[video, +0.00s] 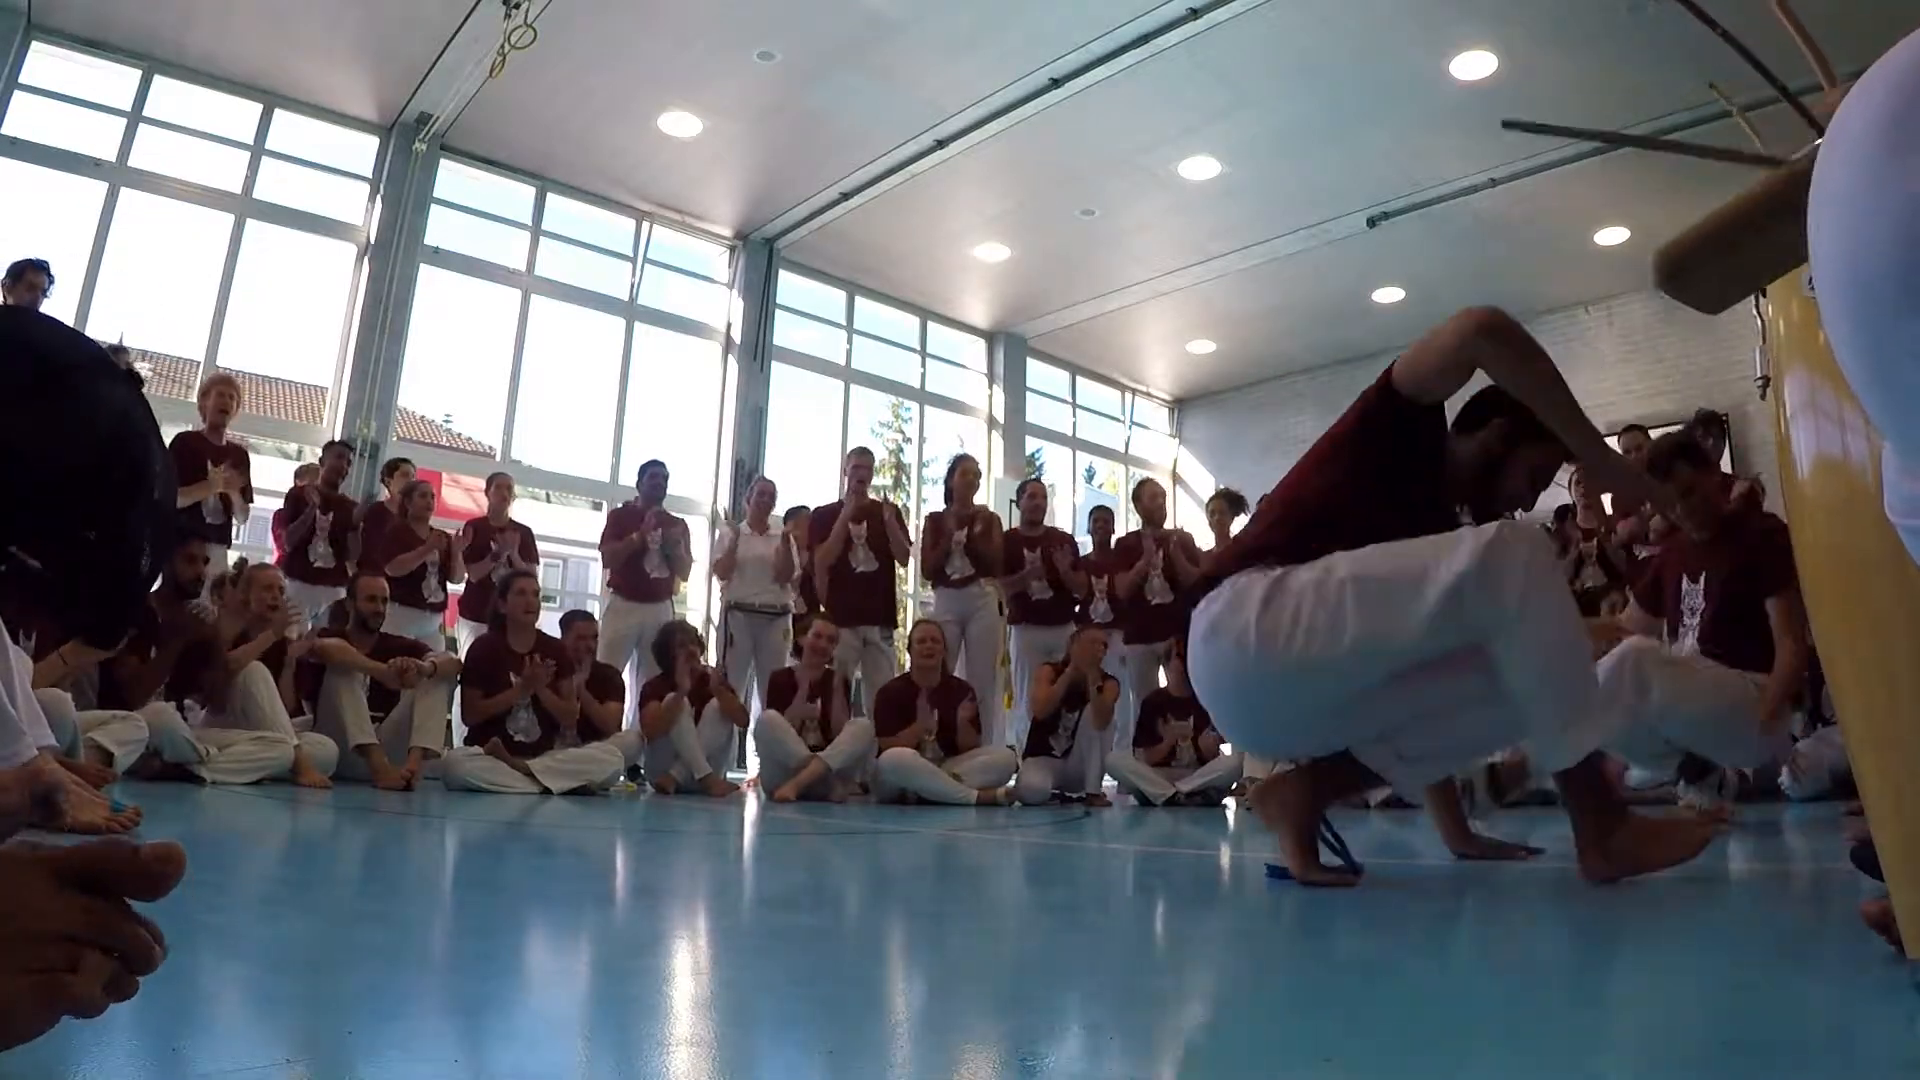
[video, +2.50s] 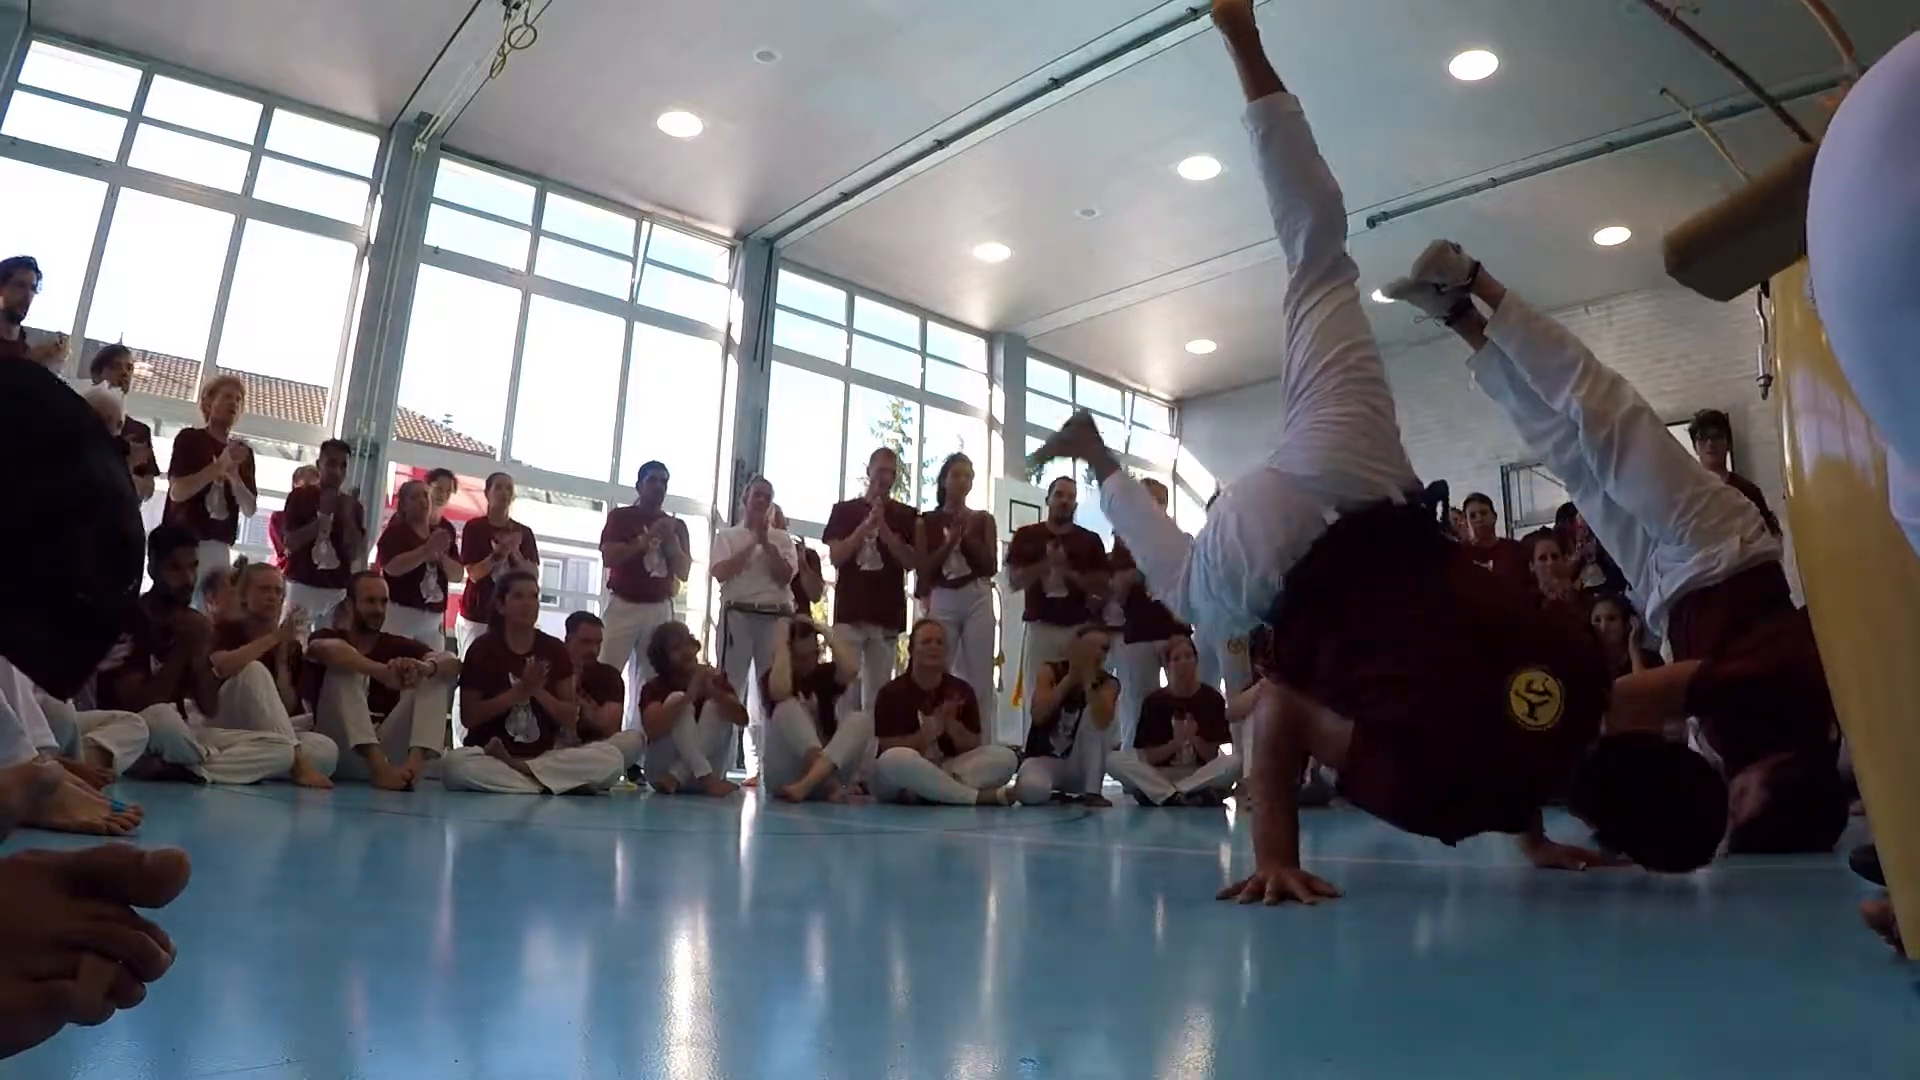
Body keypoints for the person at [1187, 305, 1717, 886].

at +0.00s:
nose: (1532, 498)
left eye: (1544, 486)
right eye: (1536, 475)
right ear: (1500, 435)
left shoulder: (1440, 540)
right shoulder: (1402, 421)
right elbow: (1483, 331)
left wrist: (1455, 831)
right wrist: (1601, 462)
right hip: (1245, 629)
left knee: (1521, 678)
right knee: (1511, 560)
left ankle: (1304, 792)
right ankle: (1604, 829)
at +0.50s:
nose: (1543, 542)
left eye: (1558, 531)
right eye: (1551, 521)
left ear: (1542, 510)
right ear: (1529, 472)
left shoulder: (1472, 551)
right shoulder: (1469, 430)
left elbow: (1440, 686)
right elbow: (1585, 345)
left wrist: (1441, 828)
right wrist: (1676, 488)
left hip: (1334, 648)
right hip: (1251, 607)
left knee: (1486, 650)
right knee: (1066, 743)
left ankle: (1288, 804)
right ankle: (825, 814)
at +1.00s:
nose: (1414, 557)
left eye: (1428, 548)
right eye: (1419, 535)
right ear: (1397, 491)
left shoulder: (1358, 581)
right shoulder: (1323, 446)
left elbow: (1389, 715)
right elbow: (1381, 403)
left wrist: (1439, 836)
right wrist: (1495, 529)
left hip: (1197, 564)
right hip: (1124, 522)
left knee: (1292, 630)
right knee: (1095, 726)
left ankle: (1227, 822)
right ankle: (956, 774)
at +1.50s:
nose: (1306, 616)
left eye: (1316, 606)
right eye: (1304, 599)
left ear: (1293, 576)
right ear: (1271, 561)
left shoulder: (1270, 622)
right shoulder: (1207, 507)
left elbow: (1342, 732)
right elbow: (1095, 414)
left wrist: (1437, 837)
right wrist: (1096, 511)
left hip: (1072, 573)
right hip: (1028, 501)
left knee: (1051, 710)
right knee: (1030, 695)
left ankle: (953, 775)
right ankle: (939, 784)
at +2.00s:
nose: (1484, 654)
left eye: (1499, 646)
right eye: (1487, 643)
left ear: (1478, 569)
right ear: (1463, 620)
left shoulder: (1443, 559)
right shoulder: (1340, 580)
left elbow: (1467, 714)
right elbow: (1220, 719)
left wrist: (1530, 841)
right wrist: (1267, 861)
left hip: (1196, 424)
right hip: (1134, 468)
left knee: (1089, 360)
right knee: (1067, 662)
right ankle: (964, 771)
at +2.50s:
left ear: (1641, 735)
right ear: (1607, 834)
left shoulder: (1584, 690)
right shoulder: (1436, 794)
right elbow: (1278, 702)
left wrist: (1534, 830)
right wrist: (1275, 859)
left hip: (1365, 482)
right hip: (1260, 553)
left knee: (1321, 264)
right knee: (1187, 597)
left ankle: (1243, 38)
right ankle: (1101, 456)